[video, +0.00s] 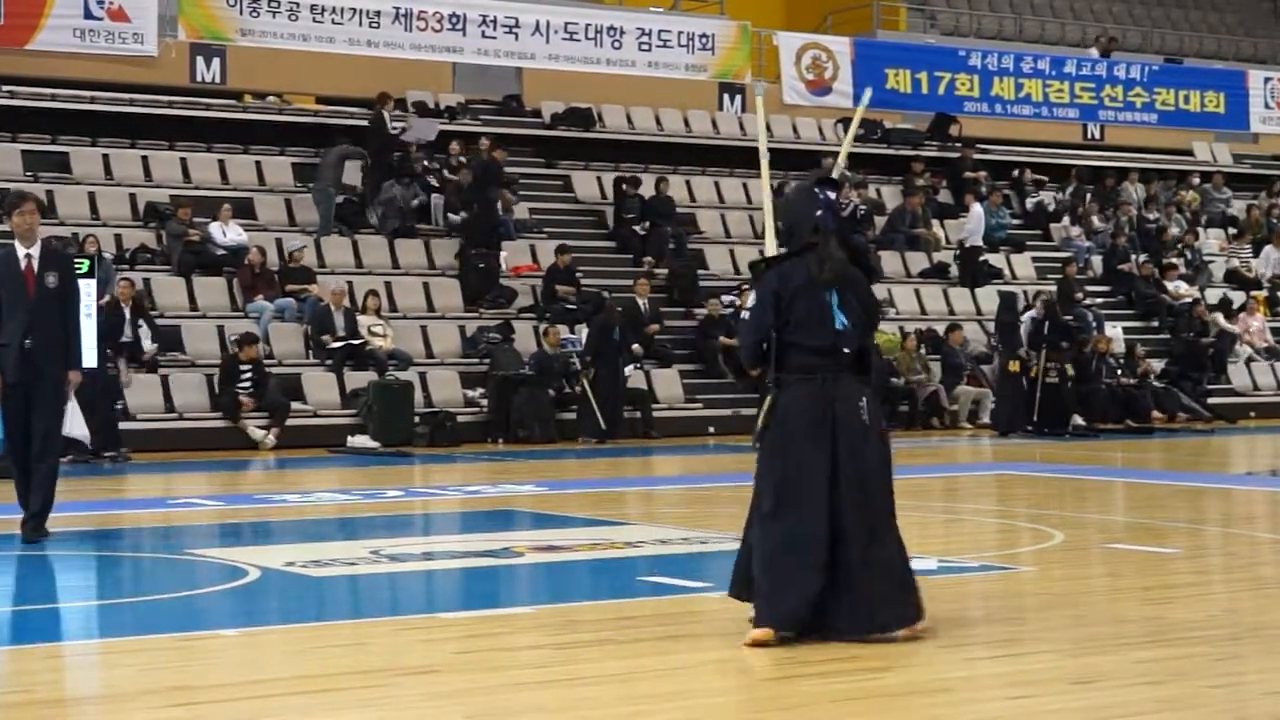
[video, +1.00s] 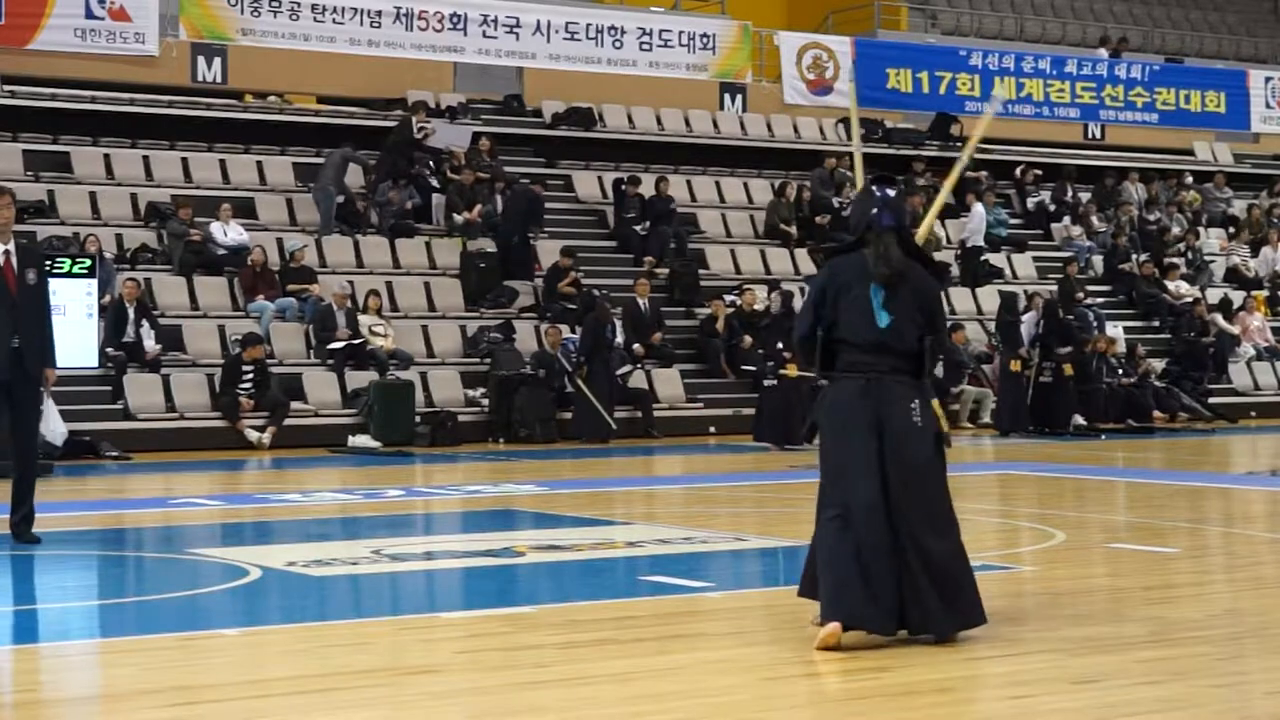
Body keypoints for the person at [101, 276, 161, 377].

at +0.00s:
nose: (121, 291)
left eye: (125, 288)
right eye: (119, 287)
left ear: (133, 291)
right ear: (116, 290)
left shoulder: (138, 306)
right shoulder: (110, 306)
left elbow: (153, 327)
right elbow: (104, 327)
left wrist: (153, 347)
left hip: (135, 342)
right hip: (117, 343)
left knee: (151, 362)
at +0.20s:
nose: (124, 291)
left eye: (127, 288)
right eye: (122, 288)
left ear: (134, 292)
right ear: (118, 290)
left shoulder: (139, 305)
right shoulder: (111, 306)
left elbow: (153, 325)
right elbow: (107, 328)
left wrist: (156, 345)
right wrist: (108, 347)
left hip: (135, 345)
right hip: (116, 345)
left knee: (154, 362)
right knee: (120, 362)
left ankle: (150, 397)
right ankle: (118, 398)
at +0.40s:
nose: (126, 291)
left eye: (129, 288)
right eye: (124, 288)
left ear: (136, 292)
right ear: (120, 290)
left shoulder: (141, 305)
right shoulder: (112, 305)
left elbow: (154, 325)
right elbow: (108, 327)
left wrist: (156, 345)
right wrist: (109, 347)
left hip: (136, 345)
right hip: (117, 345)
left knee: (154, 361)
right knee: (121, 361)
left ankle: (151, 397)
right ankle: (118, 396)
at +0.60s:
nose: (127, 291)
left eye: (131, 288)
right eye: (125, 287)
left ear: (137, 291)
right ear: (121, 290)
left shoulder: (142, 306)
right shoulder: (113, 306)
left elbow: (154, 326)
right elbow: (108, 329)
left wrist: (155, 346)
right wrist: (111, 347)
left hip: (136, 344)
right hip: (117, 344)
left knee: (153, 361)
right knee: (122, 361)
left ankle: (149, 395)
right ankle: (119, 396)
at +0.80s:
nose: (127, 291)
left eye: (131, 288)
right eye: (125, 288)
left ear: (138, 292)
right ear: (121, 290)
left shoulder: (142, 306)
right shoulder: (113, 305)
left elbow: (155, 326)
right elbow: (108, 328)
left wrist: (156, 345)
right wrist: (109, 347)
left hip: (137, 345)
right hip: (118, 345)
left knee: (155, 362)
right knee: (121, 361)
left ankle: (151, 397)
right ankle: (118, 396)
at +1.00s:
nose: (128, 291)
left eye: (132, 288)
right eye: (126, 288)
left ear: (138, 292)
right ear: (122, 290)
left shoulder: (142, 306)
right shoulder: (115, 305)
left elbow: (156, 326)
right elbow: (109, 328)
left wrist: (157, 346)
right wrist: (110, 348)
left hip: (135, 345)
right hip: (117, 345)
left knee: (155, 362)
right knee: (121, 362)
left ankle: (149, 397)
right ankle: (118, 397)